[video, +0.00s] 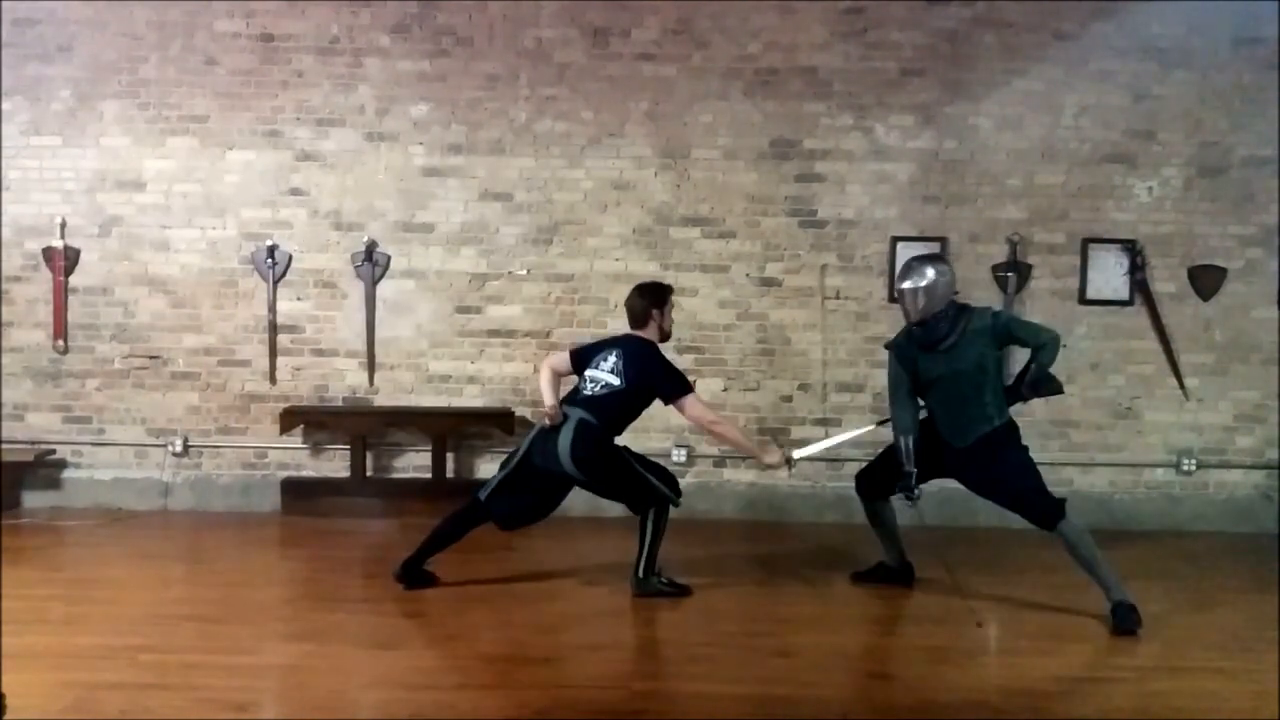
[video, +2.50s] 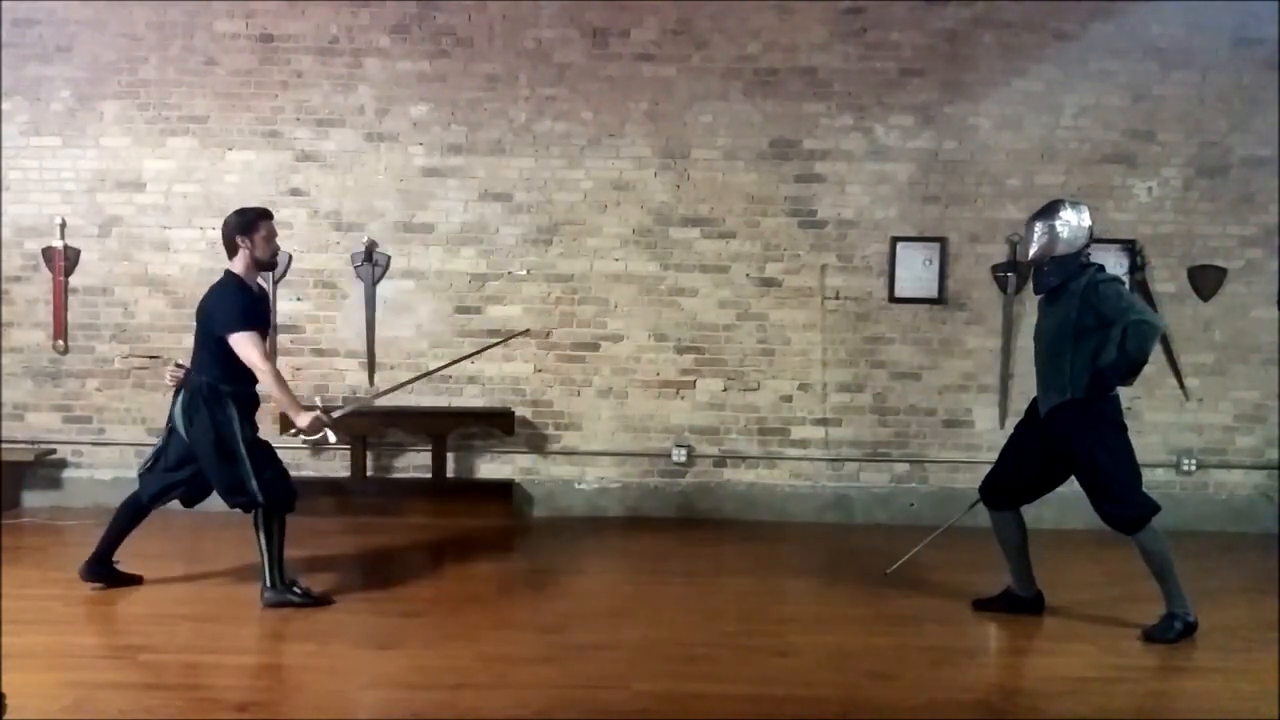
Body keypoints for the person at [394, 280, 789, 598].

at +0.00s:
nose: (673, 321)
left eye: (671, 314)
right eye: (670, 314)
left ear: (633, 316)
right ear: (657, 317)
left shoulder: (600, 348)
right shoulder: (655, 362)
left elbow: (549, 365)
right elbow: (704, 419)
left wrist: (550, 405)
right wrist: (758, 450)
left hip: (550, 436)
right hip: (587, 446)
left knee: (486, 501)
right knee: (659, 490)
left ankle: (413, 564)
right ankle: (647, 575)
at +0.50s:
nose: (577, 261)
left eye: (575, 253)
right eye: (572, 254)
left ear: (542, 261)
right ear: (553, 259)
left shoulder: (517, 305)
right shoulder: (563, 303)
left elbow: (476, 353)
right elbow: (616, 343)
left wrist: (495, 386)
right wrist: (674, 367)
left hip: (504, 413)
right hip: (541, 413)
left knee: (484, 496)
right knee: (602, 492)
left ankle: (434, 567)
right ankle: (644, 574)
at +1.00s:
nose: (457, 237)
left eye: (454, 229)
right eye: (451, 230)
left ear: (419, 240)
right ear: (434, 237)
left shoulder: (395, 284)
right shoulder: (443, 284)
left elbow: (354, 329)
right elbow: (507, 322)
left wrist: (374, 366)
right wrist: (564, 345)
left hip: (399, 395)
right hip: (418, 396)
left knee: (435, 482)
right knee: (407, 495)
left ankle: (427, 568)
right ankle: (327, 559)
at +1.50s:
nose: (376, 236)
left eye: (374, 228)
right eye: (371, 230)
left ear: (336, 238)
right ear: (350, 237)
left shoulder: (305, 274)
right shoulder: (350, 294)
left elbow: (256, 314)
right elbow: (411, 344)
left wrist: (262, 358)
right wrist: (465, 370)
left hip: (270, 389)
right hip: (299, 398)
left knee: (291, 483)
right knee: (319, 496)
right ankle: (277, 584)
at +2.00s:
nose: (317, 252)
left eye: (314, 244)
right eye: (310, 245)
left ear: (281, 253)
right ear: (288, 252)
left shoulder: (252, 293)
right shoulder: (286, 310)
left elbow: (210, 331)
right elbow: (349, 366)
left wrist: (206, 370)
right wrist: (407, 397)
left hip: (207, 405)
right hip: (241, 413)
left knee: (164, 487)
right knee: (298, 491)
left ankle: (113, 569)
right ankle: (277, 584)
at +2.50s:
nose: (276, 244)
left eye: (275, 237)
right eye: (270, 237)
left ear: (246, 244)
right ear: (244, 243)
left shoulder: (253, 293)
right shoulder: (229, 298)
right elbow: (260, 364)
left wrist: (194, 375)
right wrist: (297, 412)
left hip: (207, 407)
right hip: (214, 411)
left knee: (155, 486)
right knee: (271, 485)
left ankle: (99, 562)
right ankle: (276, 584)